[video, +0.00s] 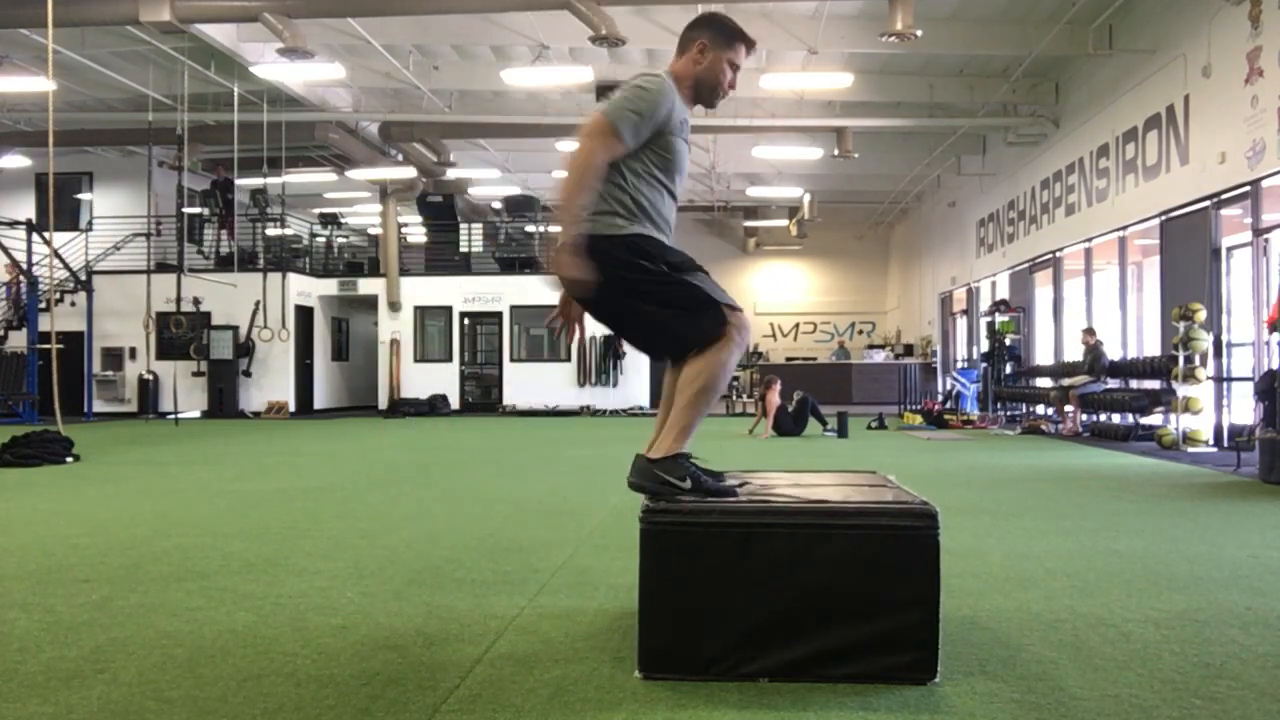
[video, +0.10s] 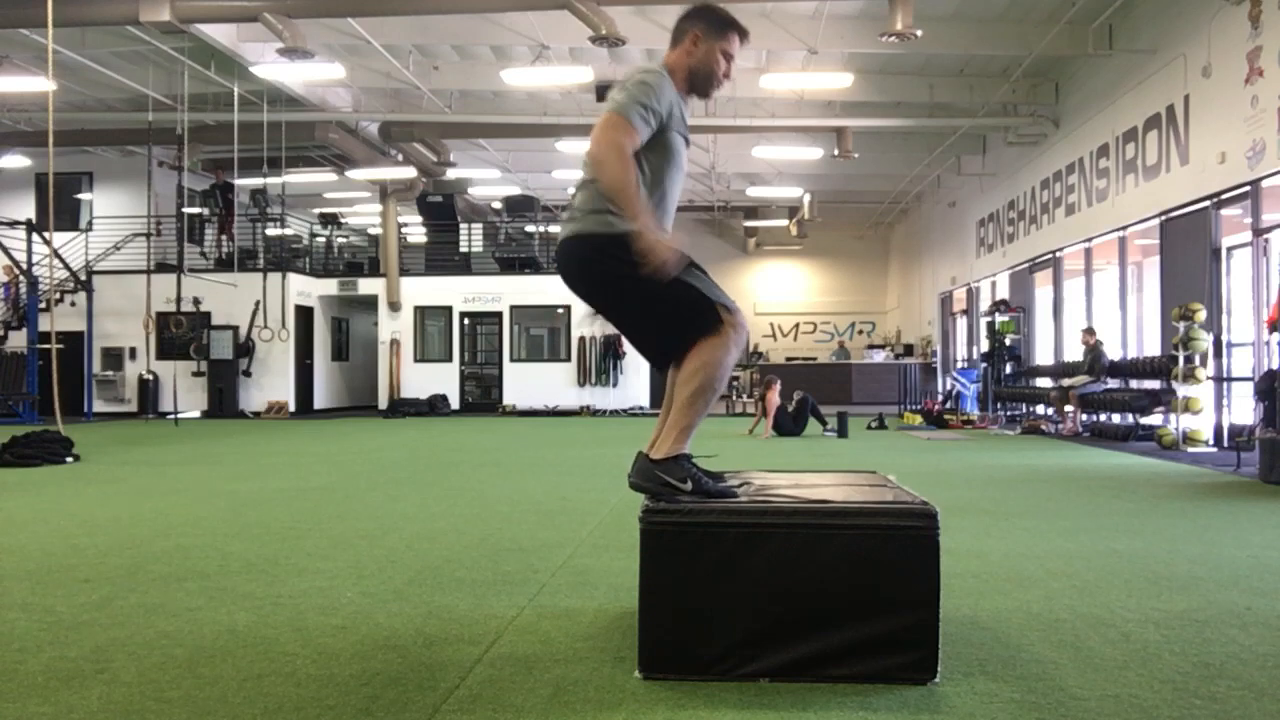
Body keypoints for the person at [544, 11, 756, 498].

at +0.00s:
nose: (733, 84)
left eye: (738, 72)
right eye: (732, 68)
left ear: (700, 57)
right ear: (699, 52)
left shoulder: (672, 113)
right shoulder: (657, 90)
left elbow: (611, 198)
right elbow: (590, 150)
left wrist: (575, 282)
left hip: (613, 252)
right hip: (619, 243)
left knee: (698, 343)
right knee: (732, 327)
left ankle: (659, 457)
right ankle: (667, 456)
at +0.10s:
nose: (729, 73)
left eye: (732, 62)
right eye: (726, 57)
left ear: (692, 49)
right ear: (693, 42)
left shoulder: (668, 102)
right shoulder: (654, 84)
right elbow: (606, 147)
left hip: (606, 245)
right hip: (604, 239)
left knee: (698, 345)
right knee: (728, 327)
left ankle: (661, 458)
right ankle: (667, 457)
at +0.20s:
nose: (717, 40)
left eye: (721, 30)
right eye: (713, 23)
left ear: (681, 17)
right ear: (676, 9)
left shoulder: (664, 78)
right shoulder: (633, 50)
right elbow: (579, 106)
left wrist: (655, 183)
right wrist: (649, 167)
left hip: (614, 214)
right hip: (587, 208)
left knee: (684, 316)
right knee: (686, 310)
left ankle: (665, 455)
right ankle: (662, 455)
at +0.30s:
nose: (693, 7)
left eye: (695, 2)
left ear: (680, 6)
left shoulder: (662, 47)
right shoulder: (600, 10)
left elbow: (629, 112)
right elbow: (540, 69)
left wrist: (647, 167)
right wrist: (606, 128)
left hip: (604, 185)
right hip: (553, 171)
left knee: (661, 291)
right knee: (616, 289)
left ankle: (657, 439)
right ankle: (636, 439)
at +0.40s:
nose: (653, 4)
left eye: (657, 2)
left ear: (651, 6)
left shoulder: (641, 36)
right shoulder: (561, 7)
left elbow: (625, 92)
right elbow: (492, 60)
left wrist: (632, 131)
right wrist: (558, 113)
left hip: (594, 170)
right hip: (531, 166)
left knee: (647, 279)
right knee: (578, 280)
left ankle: (594, 398)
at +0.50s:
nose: (615, 13)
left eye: (621, 7)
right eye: (608, 4)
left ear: (626, 6)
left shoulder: (622, 50)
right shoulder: (521, 22)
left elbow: (620, 106)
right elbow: (457, 87)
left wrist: (618, 135)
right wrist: (520, 130)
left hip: (580, 196)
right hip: (513, 196)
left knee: (614, 310)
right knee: (522, 311)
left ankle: (586, 438)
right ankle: (490, 445)